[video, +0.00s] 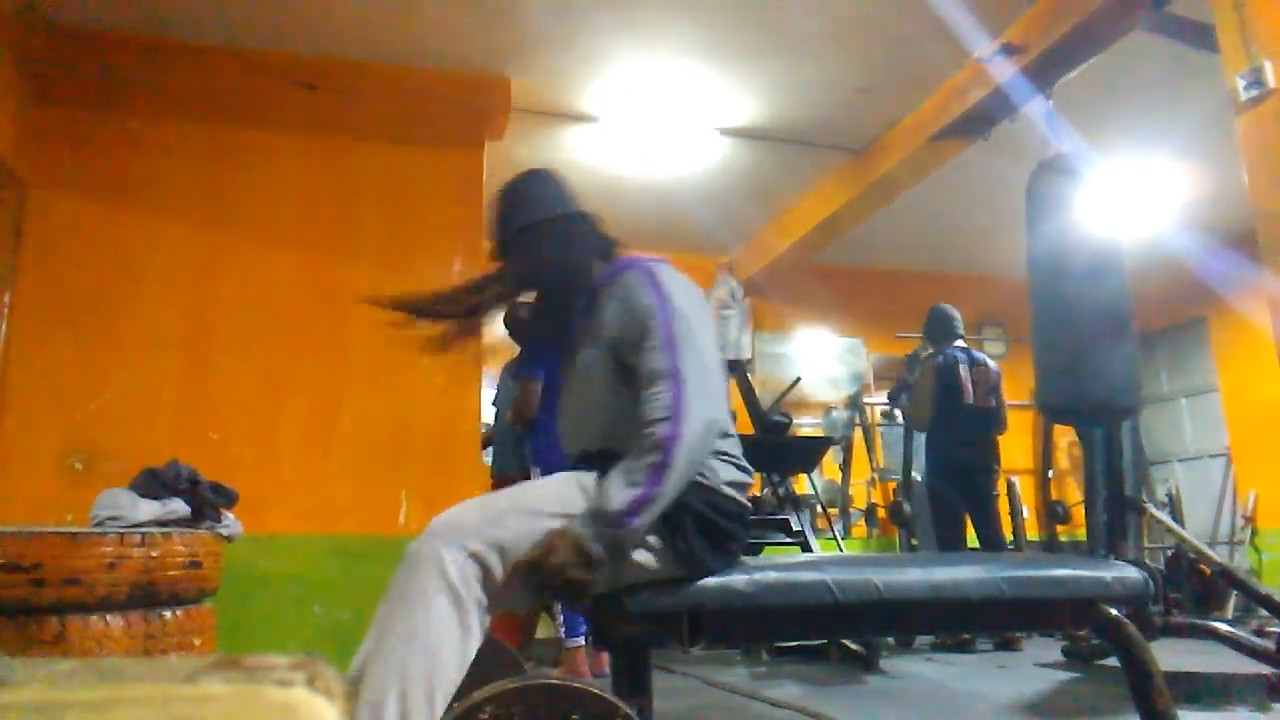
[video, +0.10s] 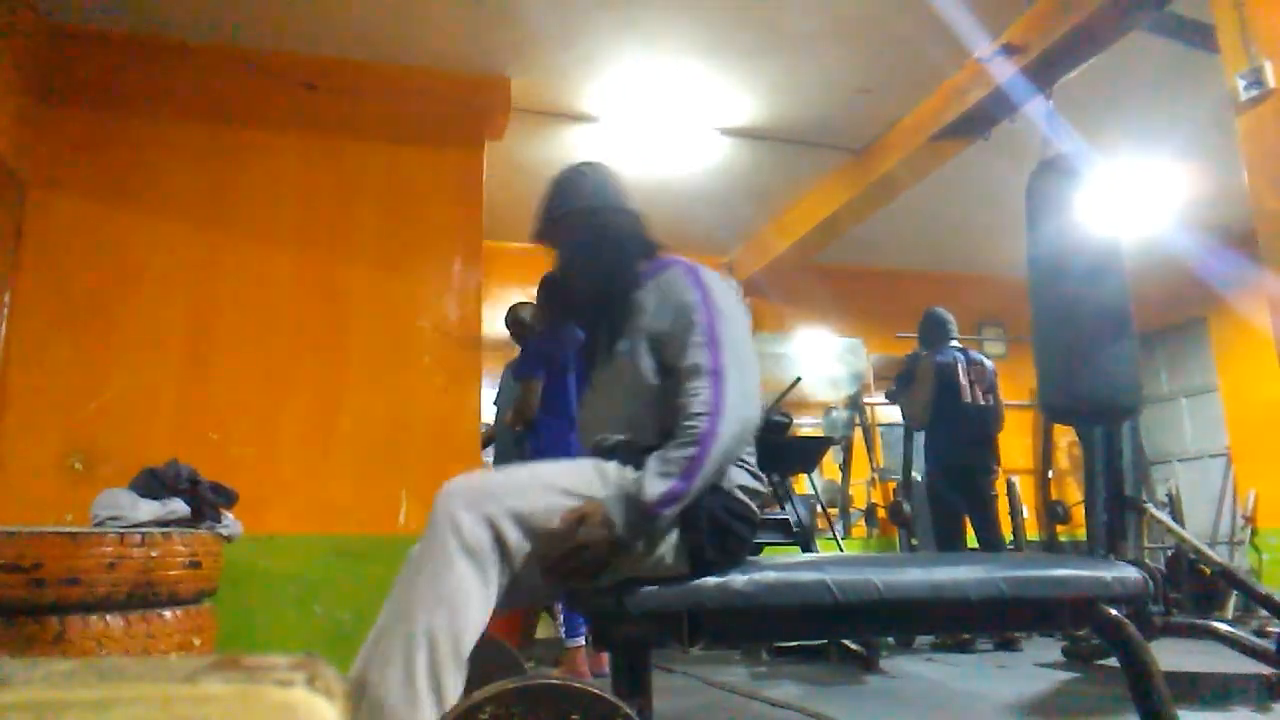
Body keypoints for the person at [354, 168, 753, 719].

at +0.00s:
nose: (536, 279)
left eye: (539, 259)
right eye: (527, 265)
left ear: (566, 241)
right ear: (525, 262)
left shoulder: (647, 283)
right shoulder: (569, 317)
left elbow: (687, 420)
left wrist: (593, 536)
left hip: (681, 503)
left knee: (451, 548)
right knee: (449, 552)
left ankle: (376, 711)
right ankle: (361, 706)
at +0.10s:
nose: (560, 265)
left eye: (568, 245)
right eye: (556, 250)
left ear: (600, 234)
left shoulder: (692, 286)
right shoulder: (592, 320)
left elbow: (722, 415)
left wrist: (639, 505)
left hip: (688, 508)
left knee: (470, 505)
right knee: (450, 568)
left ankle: (389, 708)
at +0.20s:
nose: (600, 261)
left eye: (602, 243)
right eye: (595, 246)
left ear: (637, 229)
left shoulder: (721, 291)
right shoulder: (635, 315)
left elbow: (749, 417)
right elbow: (620, 431)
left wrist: (647, 494)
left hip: (692, 508)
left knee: (492, 458)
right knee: (439, 560)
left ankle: (419, 703)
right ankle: (362, 702)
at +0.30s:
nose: (638, 250)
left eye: (645, 232)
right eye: (634, 237)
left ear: (686, 225)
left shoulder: (750, 300)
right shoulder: (662, 316)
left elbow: (769, 424)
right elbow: (645, 422)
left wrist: (660, 484)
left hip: (704, 516)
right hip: (646, 516)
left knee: (512, 417)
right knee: (440, 556)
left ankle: (437, 676)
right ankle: (367, 703)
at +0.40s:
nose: (668, 250)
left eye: (680, 234)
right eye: (666, 237)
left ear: (720, 230)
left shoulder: (774, 308)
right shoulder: (679, 320)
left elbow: (787, 432)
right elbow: (650, 428)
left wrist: (664, 469)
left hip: (720, 509)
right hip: (656, 509)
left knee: (531, 394)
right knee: (446, 536)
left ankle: (500, 650)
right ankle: (373, 704)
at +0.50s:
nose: (682, 242)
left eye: (696, 229)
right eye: (682, 231)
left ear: (738, 234)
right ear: (697, 235)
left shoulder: (787, 311)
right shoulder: (692, 319)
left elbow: (795, 434)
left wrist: (675, 475)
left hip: (723, 512)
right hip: (657, 505)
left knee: (540, 400)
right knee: (455, 504)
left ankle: (561, 655)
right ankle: (371, 705)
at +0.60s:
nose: (690, 240)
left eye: (704, 227)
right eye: (690, 229)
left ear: (745, 234)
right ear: (701, 235)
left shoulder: (791, 314)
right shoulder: (691, 320)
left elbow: (803, 439)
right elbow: (659, 424)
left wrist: (691, 490)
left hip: (727, 506)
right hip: (656, 490)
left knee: (539, 425)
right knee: (464, 464)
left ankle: (589, 677)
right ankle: (394, 681)